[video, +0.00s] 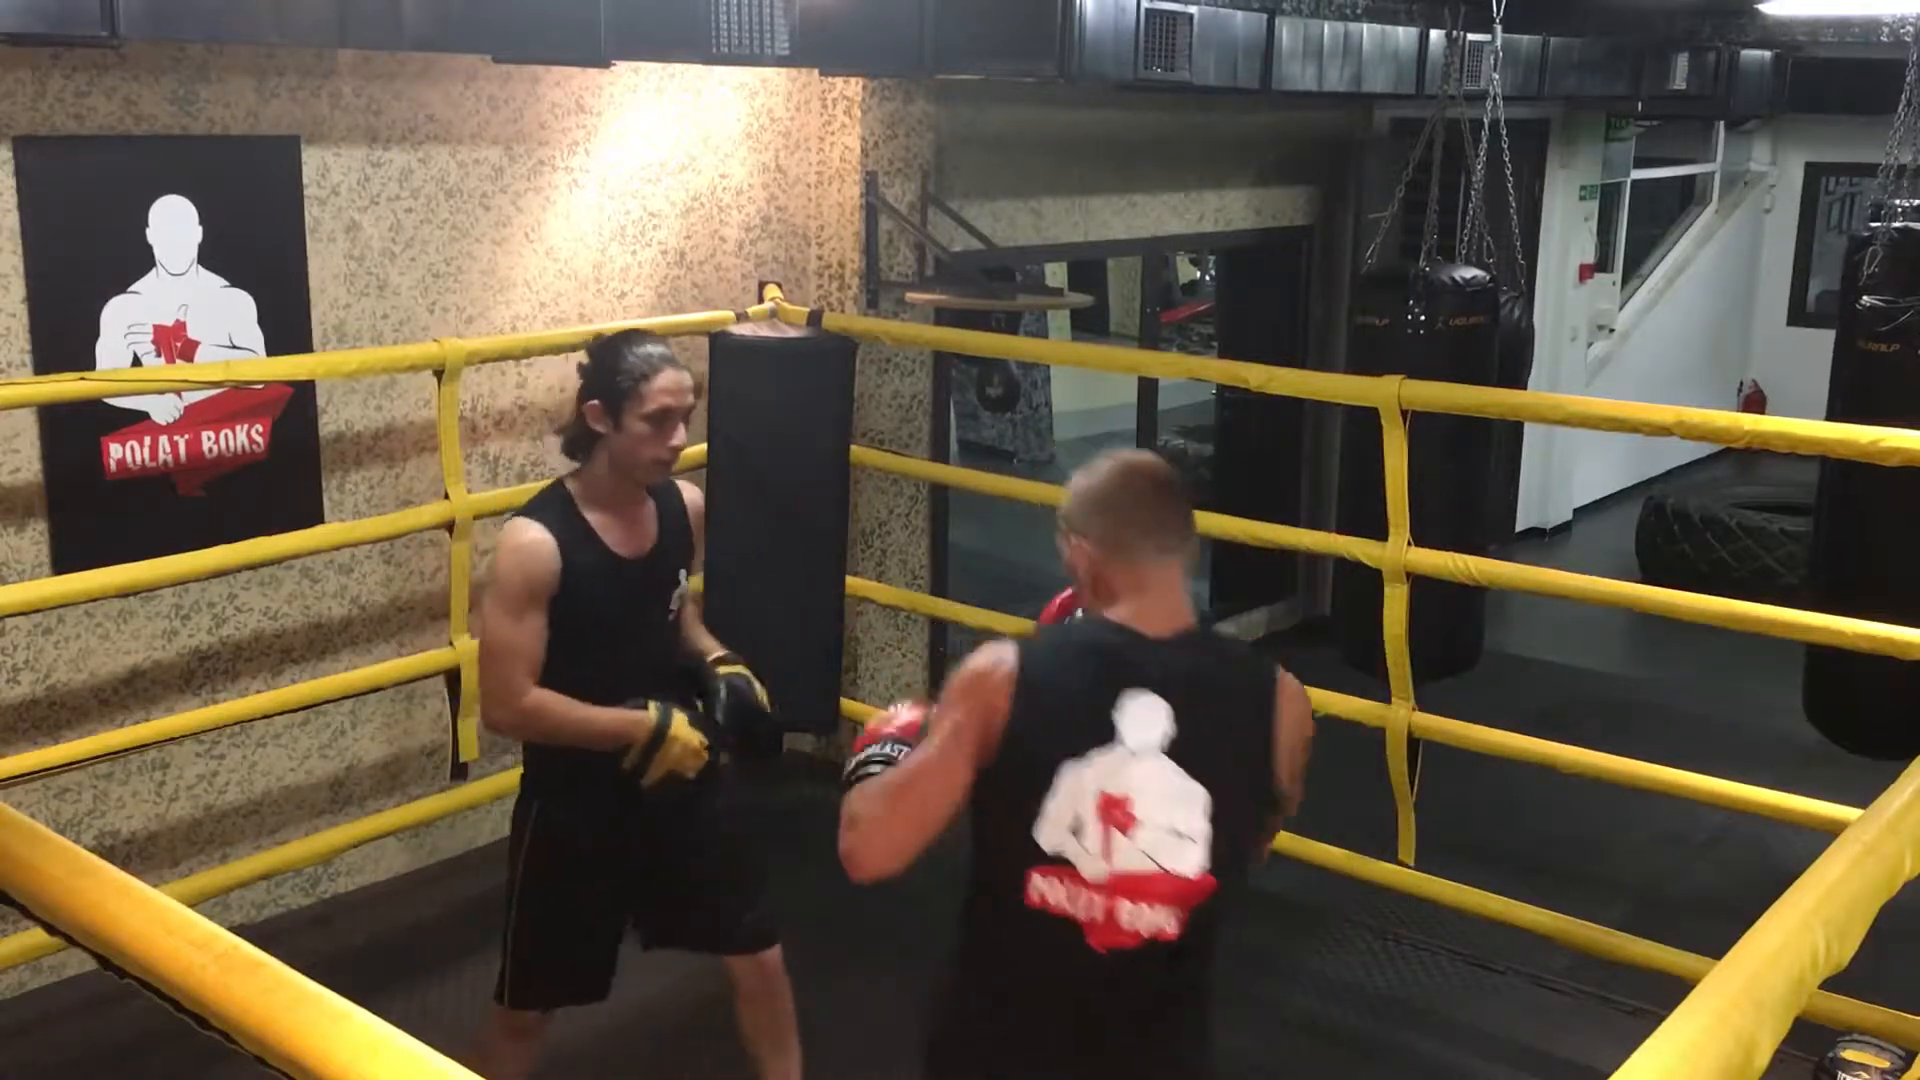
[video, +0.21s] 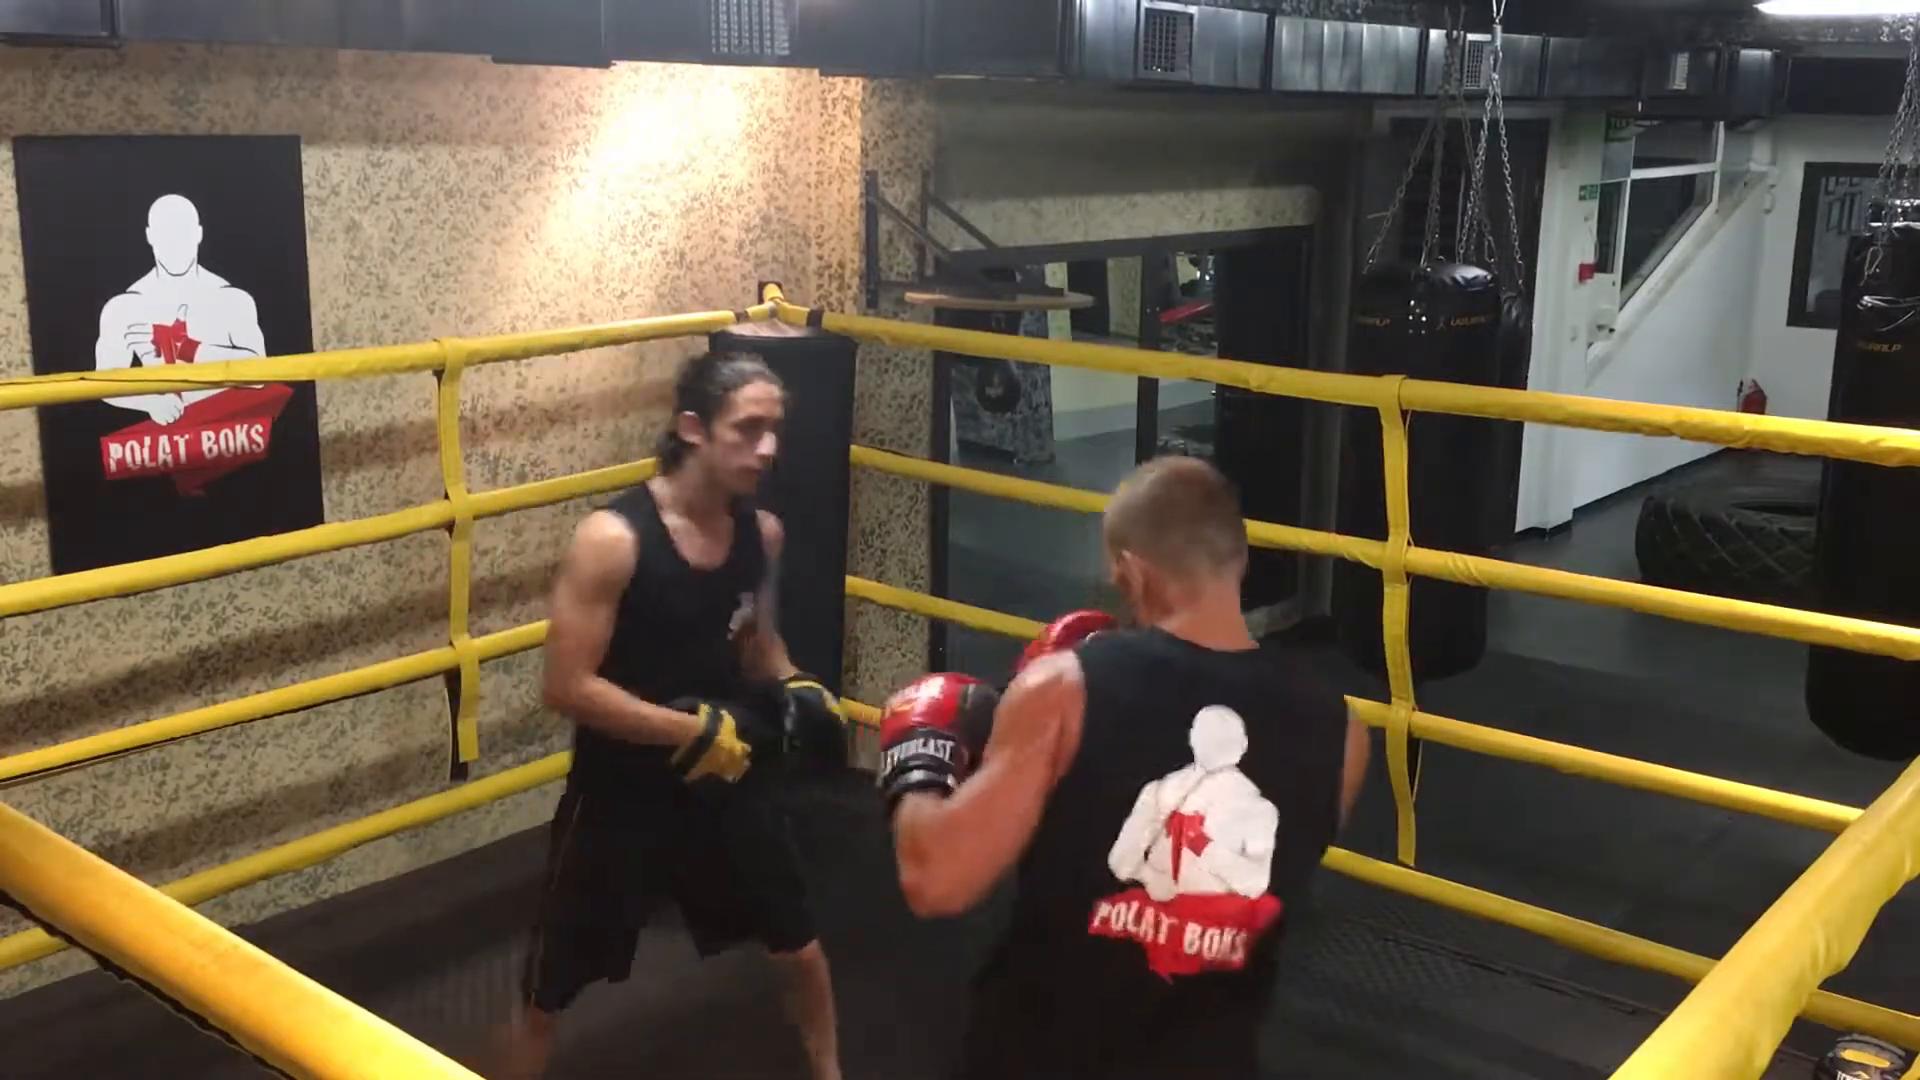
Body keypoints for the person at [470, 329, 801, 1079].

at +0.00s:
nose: (678, 439)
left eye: (683, 419)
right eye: (659, 422)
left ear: (689, 417)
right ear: (599, 419)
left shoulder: (681, 507)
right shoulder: (533, 545)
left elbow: (682, 617)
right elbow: (505, 704)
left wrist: (721, 665)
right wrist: (647, 725)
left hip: (683, 780)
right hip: (573, 800)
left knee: (761, 958)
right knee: (524, 1011)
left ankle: (786, 1074)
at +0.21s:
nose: (768, 450)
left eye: (775, 431)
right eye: (750, 430)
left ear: (780, 435)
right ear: (693, 429)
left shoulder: (760, 533)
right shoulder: (611, 539)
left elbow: (755, 634)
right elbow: (565, 686)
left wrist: (790, 684)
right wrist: (693, 730)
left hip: (726, 784)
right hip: (617, 793)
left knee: (802, 953)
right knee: (543, 1003)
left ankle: (828, 1071)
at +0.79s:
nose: (824, 405)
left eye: (839, 389)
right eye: (809, 386)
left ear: (854, 400)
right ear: (775, 390)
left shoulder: (872, 484)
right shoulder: (722, 493)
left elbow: (912, 561)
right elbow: (709, 623)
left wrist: (941, 558)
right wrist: (777, 627)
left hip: (871, 716)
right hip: (780, 720)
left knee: (878, 882)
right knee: (812, 876)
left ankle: (882, 1042)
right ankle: (842, 1016)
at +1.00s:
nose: (820, 390)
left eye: (836, 375)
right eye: (805, 375)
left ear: (859, 388)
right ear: (778, 387)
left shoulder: (891, 472)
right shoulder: (741, 487)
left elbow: (960, 581)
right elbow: (724, 618)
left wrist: (943, 487)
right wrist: (785, 606)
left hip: (897, 708)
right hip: (803, 709)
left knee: (911, 860)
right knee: (821, 867)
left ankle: (929, 1009)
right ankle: (844, 1016)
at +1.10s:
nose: (836, 397)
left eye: (851, 381)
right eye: (819, 382)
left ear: (874, 394)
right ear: (793, 395)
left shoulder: (907, 481)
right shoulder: (759, 495)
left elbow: (975, 588)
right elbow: (741, 630)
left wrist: (949, 488)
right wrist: (791, 594)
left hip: (903, 717)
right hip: (804, 721)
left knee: (917, 866)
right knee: (821, 874)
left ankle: (933, 1021)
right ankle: (844, 1018)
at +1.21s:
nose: (855, 401)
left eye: (871, 385)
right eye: (838, 386)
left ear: (894, 399)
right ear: (814, 400)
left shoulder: (923, 491)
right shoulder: (777, 498)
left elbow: (987, 598)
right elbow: (763, 641)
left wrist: (979, 510)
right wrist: (812, 589)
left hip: (914, 725)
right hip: (812, 728)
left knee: (919, 877)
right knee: (825, 881)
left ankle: (922, 1030)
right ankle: (842, 1026)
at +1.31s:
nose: (868, 404)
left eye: (884, 387)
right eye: (851, 388)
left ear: (908, 399)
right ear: (828, 401)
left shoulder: (941, 484)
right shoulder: (791, 498)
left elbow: (1001, 570)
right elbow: (777, 642)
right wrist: (835, 597)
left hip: (934, 728)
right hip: (831, 730)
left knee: (932, 889)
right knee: (822, 893)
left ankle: (929, 1041)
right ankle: (837, 1029)